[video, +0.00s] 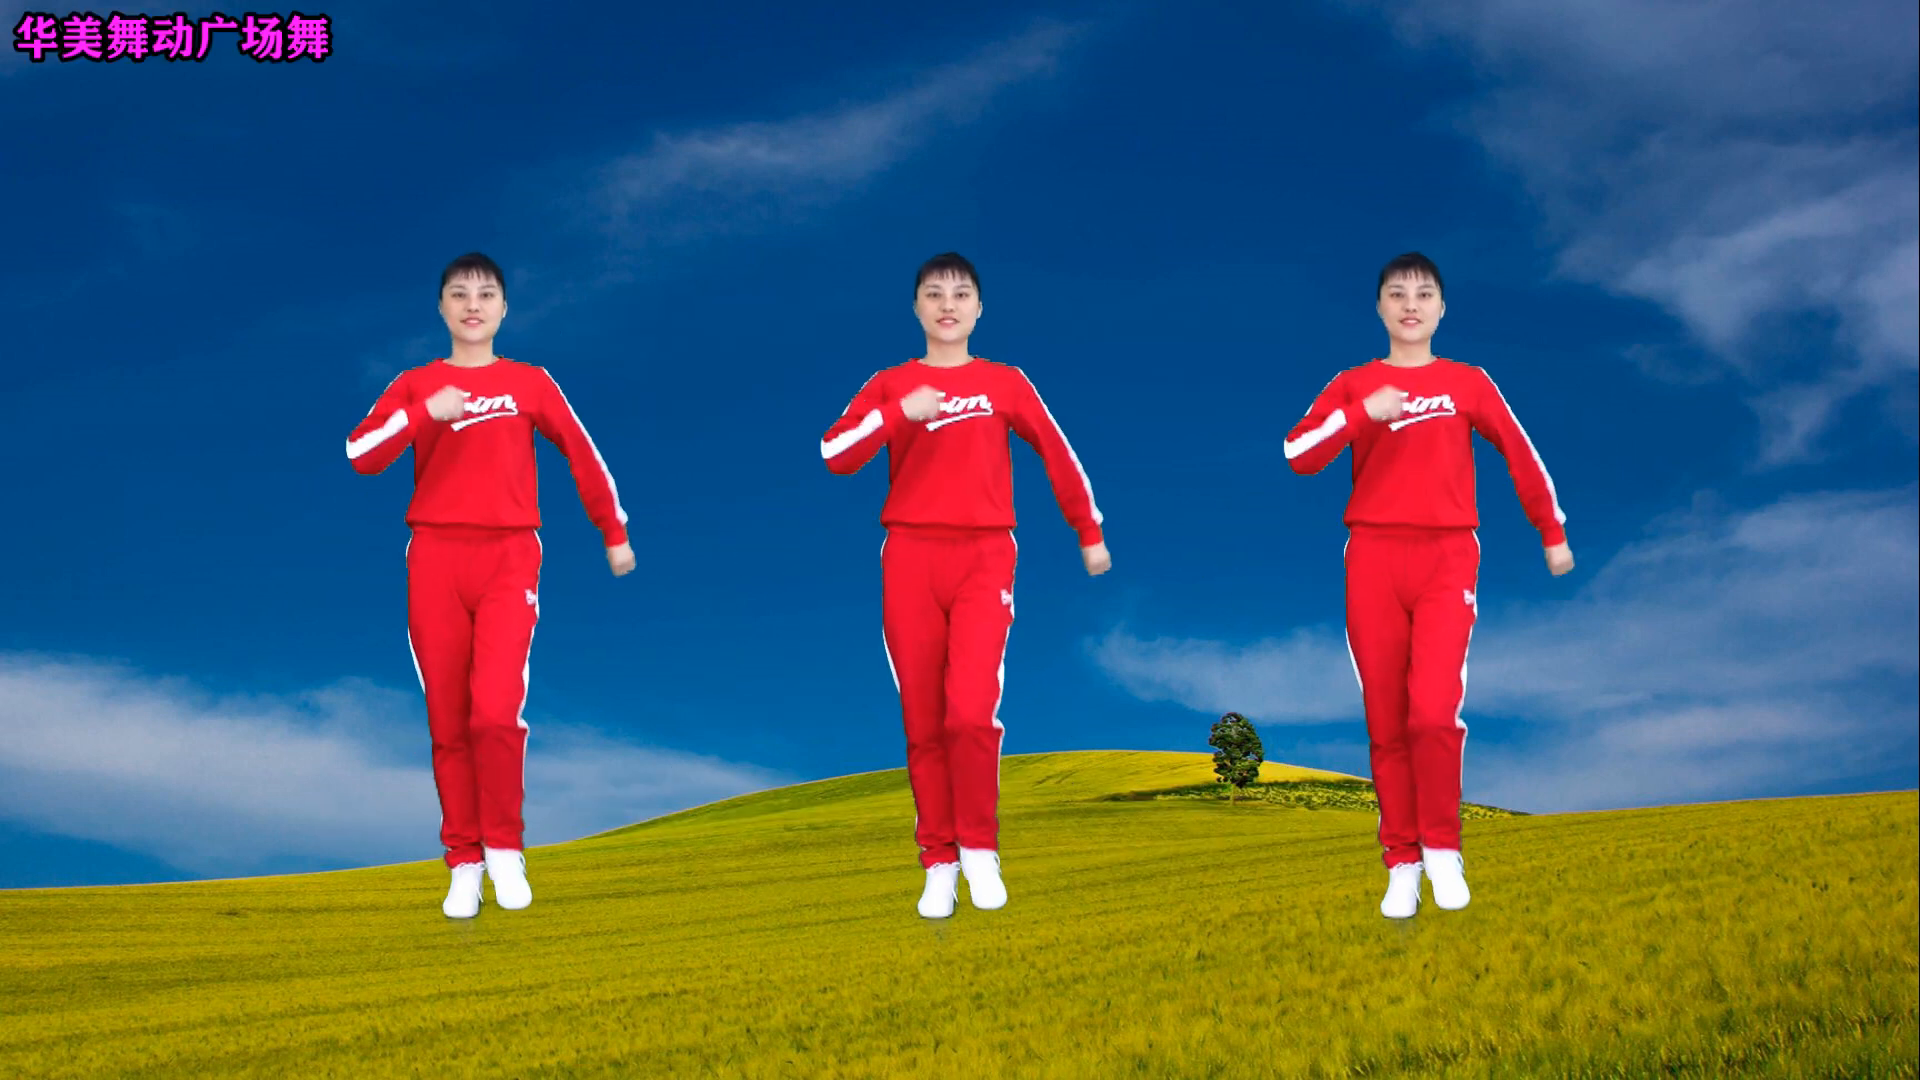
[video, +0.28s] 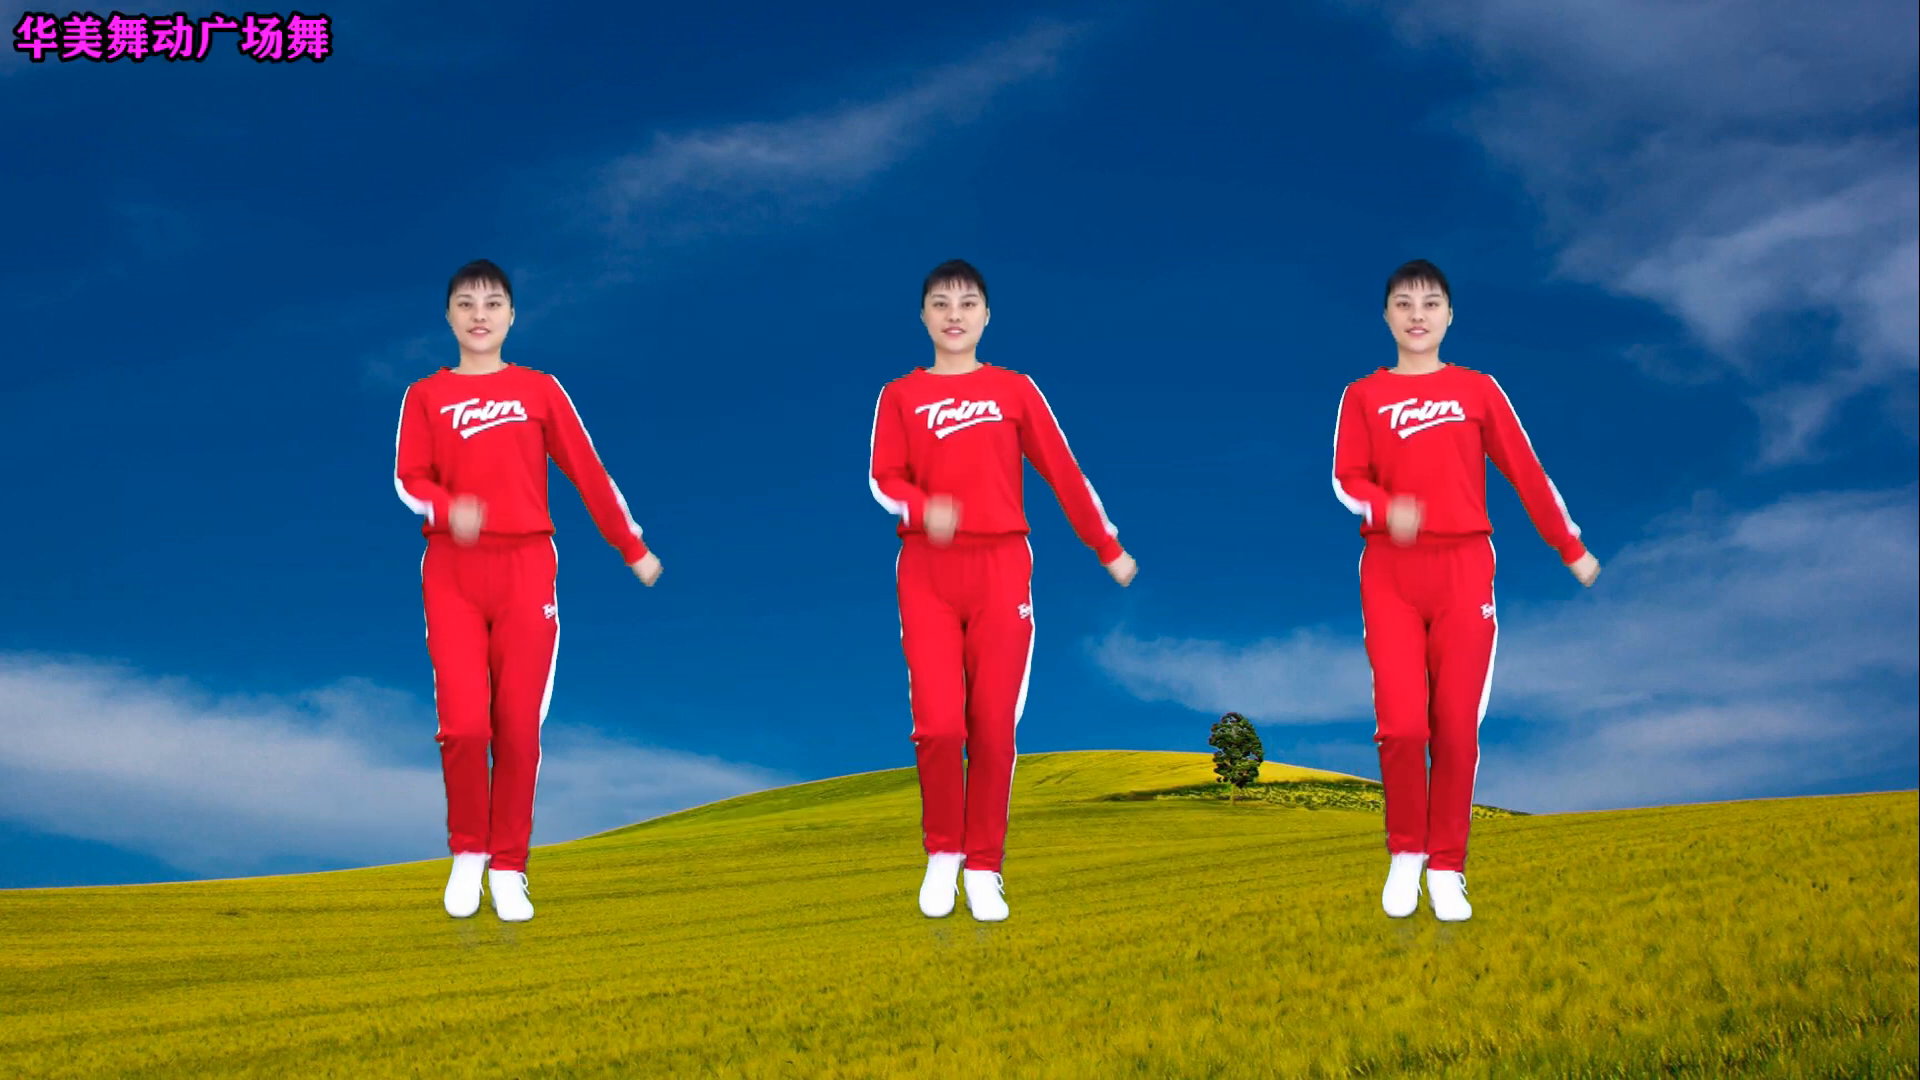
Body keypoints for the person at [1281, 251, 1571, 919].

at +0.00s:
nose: (1411, 304)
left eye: (1423, 295)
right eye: (1399, 295)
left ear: (1441, 307)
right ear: (1381, 308)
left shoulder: (1469, 383)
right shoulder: (1351, 385)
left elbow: (1523, 454)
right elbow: (1299, 455)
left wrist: (1553, 535)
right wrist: (1360, 414)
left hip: (1448, 561)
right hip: (1372, 561)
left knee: (1434, 713)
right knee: (1385, 720)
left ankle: (1442, 850)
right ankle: (1401, 861)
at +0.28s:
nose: (1417, 314)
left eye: (1430, 304)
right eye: (1404, 304)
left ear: (1448, 315)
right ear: (1388, 316)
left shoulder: (1477, 388)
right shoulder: (1362, 394)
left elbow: (1527, 472)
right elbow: (1347, 478)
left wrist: (1572, 548)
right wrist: (1383, 505)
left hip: (1465, 572)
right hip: (1389, 575)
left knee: (1456, 725)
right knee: (1399, 723)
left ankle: (1447, 867)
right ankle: (1406, 854)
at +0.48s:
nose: (1422, 324)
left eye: (1434, 312)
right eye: (1409, 314)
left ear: (1452, 322)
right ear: (1393, 326)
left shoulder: (1484, 401)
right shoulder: (1369, 407)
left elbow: (1505, 484)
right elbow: (1344, 501)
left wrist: (1475, 539)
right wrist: (1326, 589)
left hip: (1474, 573)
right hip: (1398, 574)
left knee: (1472, 723)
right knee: (1428, 699)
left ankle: (1449, 866)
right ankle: (1415, 805)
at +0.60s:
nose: (1422, 304)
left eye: (1433, 294)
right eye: (1409, 295)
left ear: (1452, 303)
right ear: (1393, 308)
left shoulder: (1485, 381)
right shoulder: (1368, 388)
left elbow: (1524, 464)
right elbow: (1317, 464)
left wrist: (1468, 442)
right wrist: (1278, 545)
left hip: (1472, 555)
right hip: (1395, 556)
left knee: (1465, 711)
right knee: (1423, 705)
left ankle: (1452, 861)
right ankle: (1413, 827)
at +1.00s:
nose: (1416, 318)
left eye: (1427, 307)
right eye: (1403, 309)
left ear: (1446, 319)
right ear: (1386, 322)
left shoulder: (1474, 395)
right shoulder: (1358, 401)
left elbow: (1479, 475)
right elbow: (1326, 488)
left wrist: (1438, 522)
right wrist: (1296, 569)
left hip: (1449, 576)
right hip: (1374, 576)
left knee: (1437, 723)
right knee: (1384, 729)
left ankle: (1442, 849)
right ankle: (1400, 867)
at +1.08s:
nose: (1412, 326)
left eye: (1425, 316)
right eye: (1400, 317)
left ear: (1443, 328)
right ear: (1384, 330)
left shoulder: (1473, 406)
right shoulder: (1356, 410)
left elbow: (1478, 494)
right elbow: (1342, 497)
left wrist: (1472, 578)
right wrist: (1350, 576)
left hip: (1445, 580)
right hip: (1372, 581)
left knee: (1421, 720)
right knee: (1373, 734)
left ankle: (1439, 817)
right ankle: (1399, 866)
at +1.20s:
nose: (1411, 312)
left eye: (1423, 302)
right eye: (1398, 302)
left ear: (1441, 314)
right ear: (1381, 315)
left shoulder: (1471, 392)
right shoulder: (1352, 394)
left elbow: (1508, 482)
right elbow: (1316, 469)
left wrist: (1528, 571)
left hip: (1448, 567)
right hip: (1373, 567)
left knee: (1417, 706)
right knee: (1375, 722)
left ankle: (1436, 810)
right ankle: (1402, 864)